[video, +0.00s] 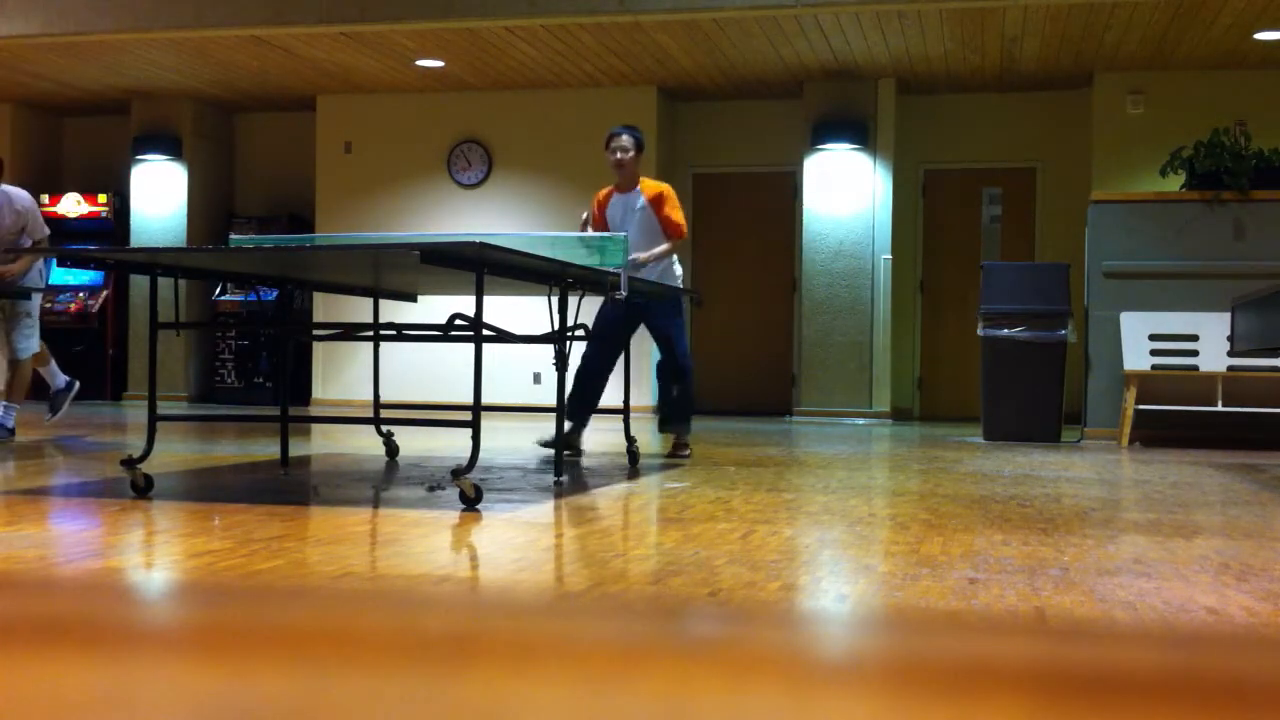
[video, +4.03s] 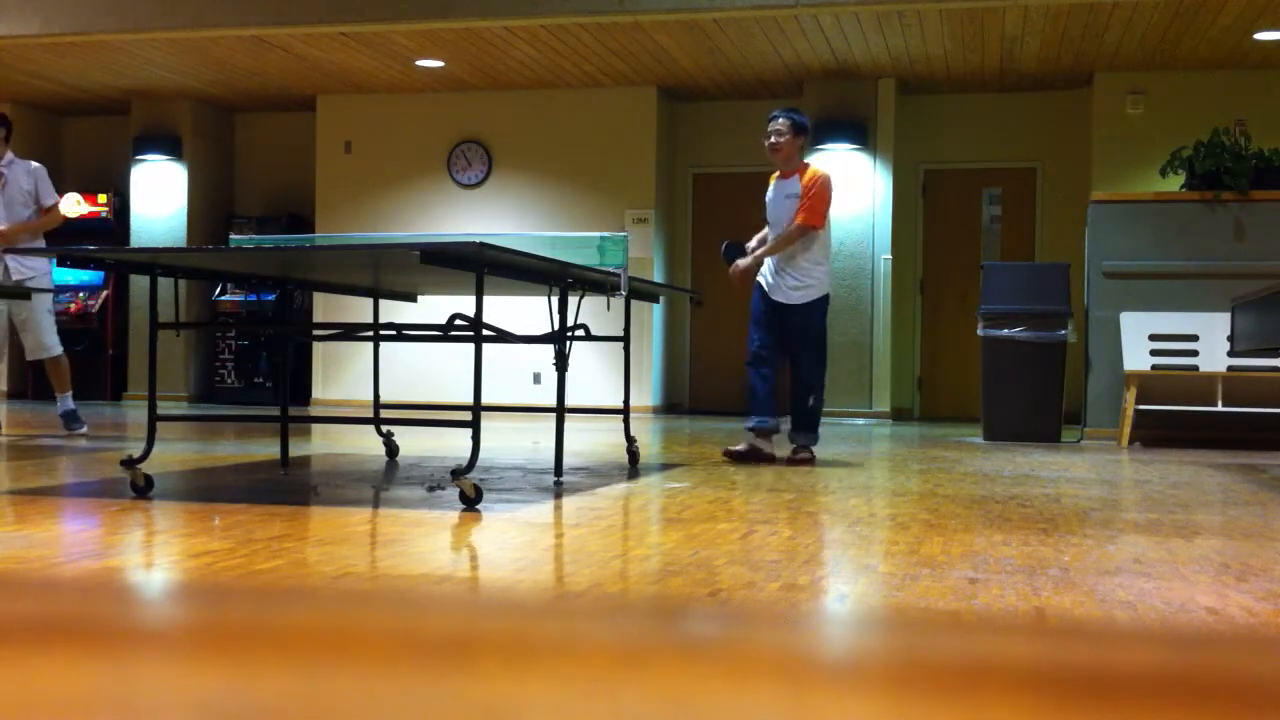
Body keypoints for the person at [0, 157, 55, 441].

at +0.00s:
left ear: (3, 172)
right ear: (3, 173)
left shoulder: (18, 200)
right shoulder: (15, 201)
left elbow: (42, 242)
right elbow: (40, 241)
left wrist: (17, 266)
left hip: (24, 272)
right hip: (4, 273)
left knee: (21, 346)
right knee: (22, 337)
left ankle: (7, 418)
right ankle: (60, 383)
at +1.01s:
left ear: (2, 132)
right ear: (3, 132)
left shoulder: (7, 170)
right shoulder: (8, 169)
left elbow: (6, 221)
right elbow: (18, 229)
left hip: (15, 266)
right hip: (20, 266)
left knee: (15, 347)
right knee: (16, 348)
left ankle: (10, 413)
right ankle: (9, 413)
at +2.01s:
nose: (8, 141)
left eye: (15, 135)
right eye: (5, 135)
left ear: (36, 139)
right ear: (2, 140)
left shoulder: (62, 179)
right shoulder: (2, 181)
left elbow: (81, 225)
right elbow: (3, 221)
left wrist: (40, 229)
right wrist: (3, 229)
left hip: (53, 282)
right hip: (11, 281)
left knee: (62, 355)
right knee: (2, 350)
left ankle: (59, 416)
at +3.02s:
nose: (37, 143)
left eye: (44, 138)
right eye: (35, 138)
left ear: (64, 142)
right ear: (33, 143)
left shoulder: (90, 186)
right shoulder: (23, 183)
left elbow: (108, 229)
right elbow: (13, 228)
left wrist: (93, 239)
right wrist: (11, 253)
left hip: (79, 283)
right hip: (34, 281)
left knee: (94, 351)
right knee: (15, 351)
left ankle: (95, 416)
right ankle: (6, 415)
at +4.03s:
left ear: (5, 134)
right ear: (3, 135)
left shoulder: (31, 171)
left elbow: (55, 216)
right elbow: (50, 216)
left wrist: (14, 232)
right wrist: (14, 234)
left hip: (30, 273)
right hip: (2, 273)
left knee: (47, 344)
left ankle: (66, 406)